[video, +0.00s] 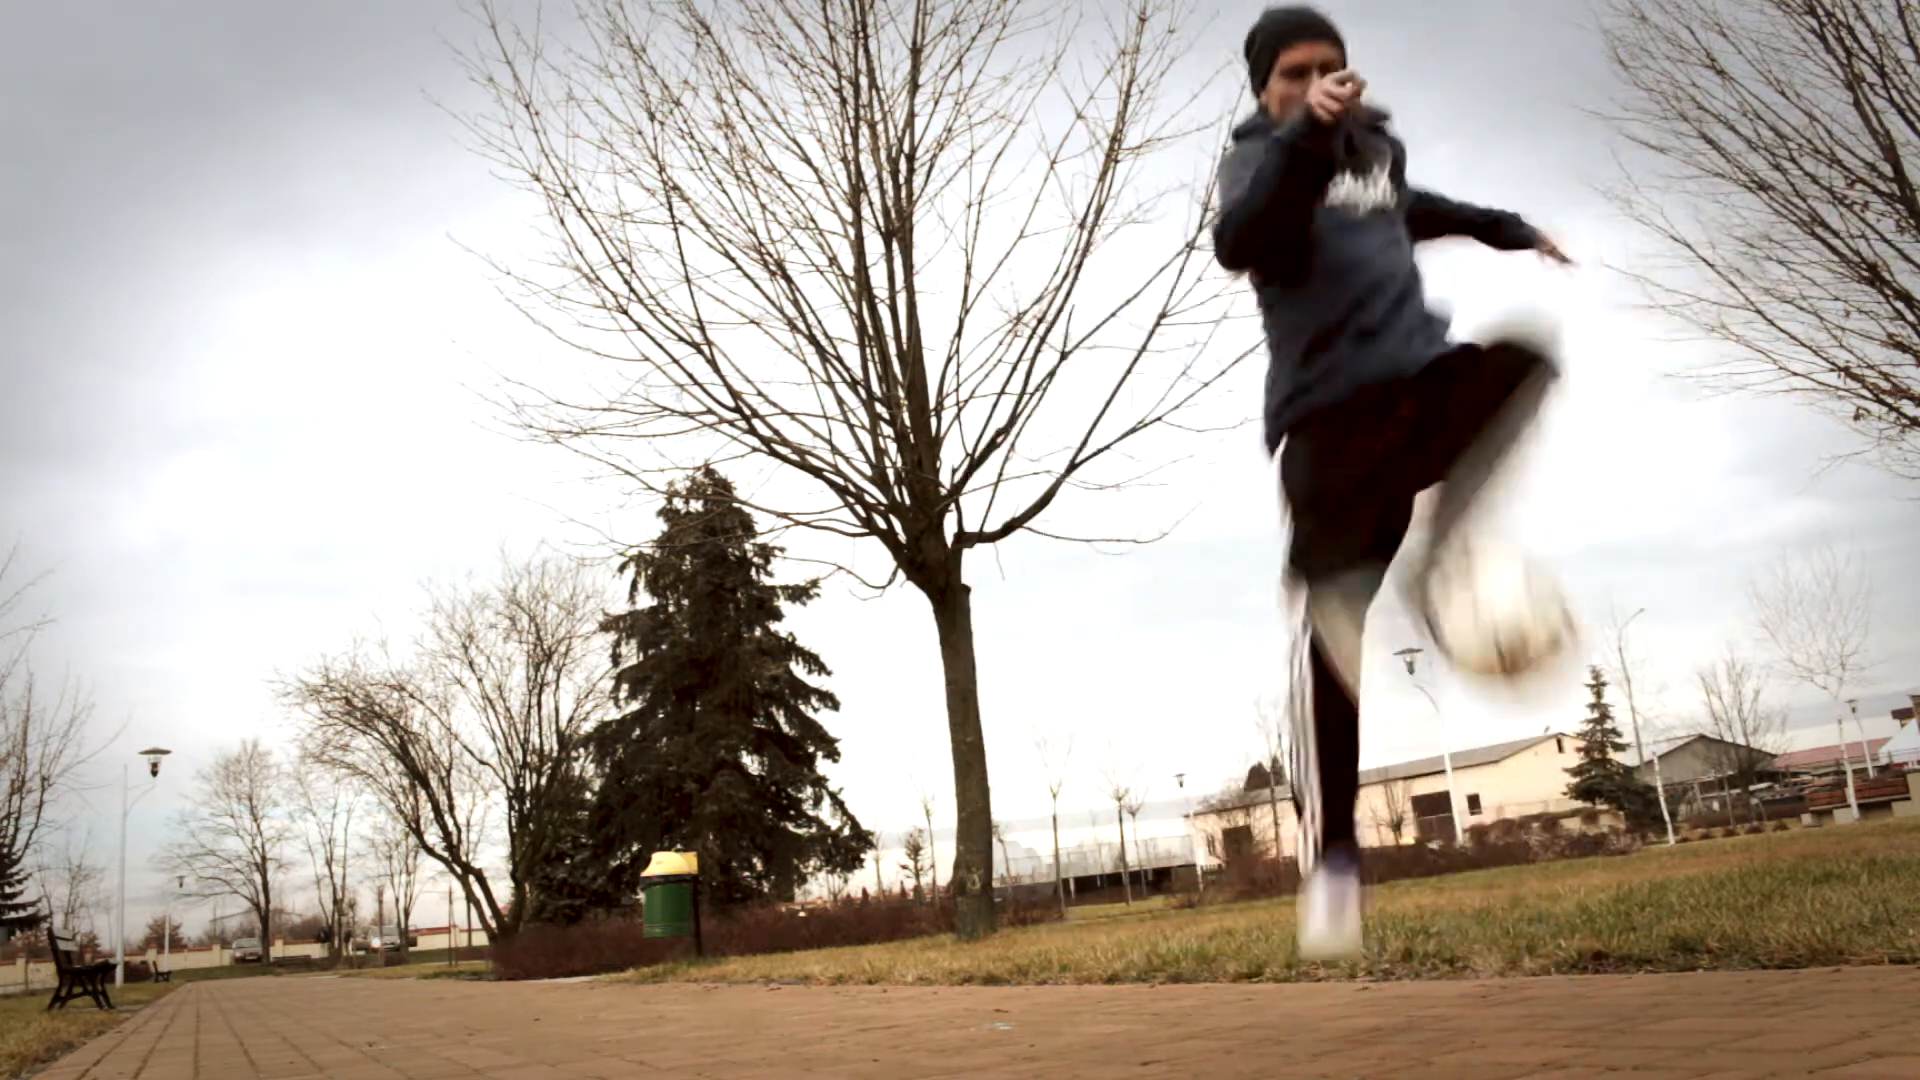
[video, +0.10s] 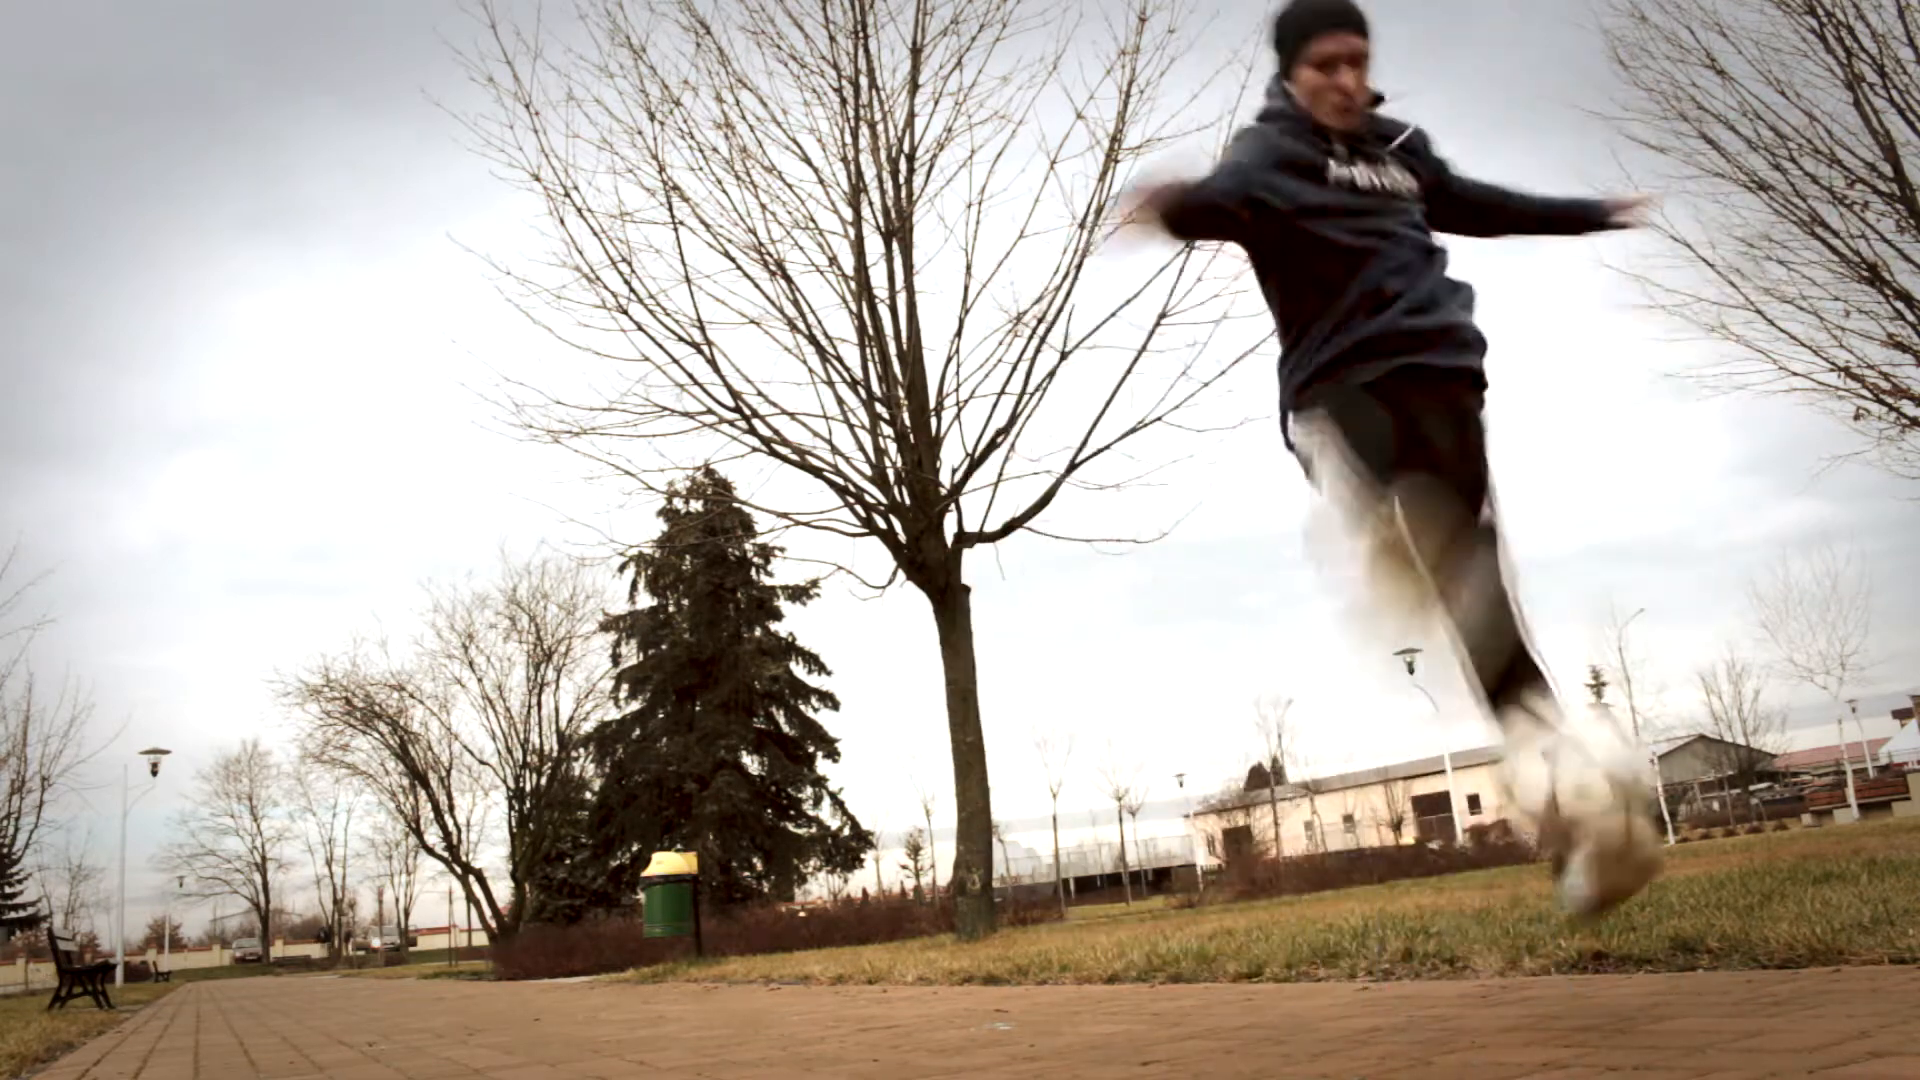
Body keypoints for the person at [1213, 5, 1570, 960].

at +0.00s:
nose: (1319, 87)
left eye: (1330, 69)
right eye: (1296, 75)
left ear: (1348, 76)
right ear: (1261, 88)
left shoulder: (1374, 146)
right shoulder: (1254, 154)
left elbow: (1401, 212)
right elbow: (1235, 246)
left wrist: (1508, 229)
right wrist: (1305, 134)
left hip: (1418, 390)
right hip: (1330, 420)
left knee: (1523, 354)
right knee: (1329, 635)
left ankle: (1440, 562)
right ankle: (1335, 858)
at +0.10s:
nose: (1348, 79)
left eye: (1357, 63)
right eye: (1328, 66)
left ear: (1372, 67)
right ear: (1290, 75)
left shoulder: (1399, 149)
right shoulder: (1270, 148)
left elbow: (1463, 204)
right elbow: (1230, 197)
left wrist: (1593, 214)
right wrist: (1172, 204)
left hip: (1440, 364)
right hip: (1342, 377)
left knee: (1471, 572)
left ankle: (1550, 756)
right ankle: (1542, 745)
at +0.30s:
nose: (1399, 169)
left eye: (1417, 152)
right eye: (1380, 151)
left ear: (1439, 161)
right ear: (1346, 158)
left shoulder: (1488, 267)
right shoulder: (1288, 263)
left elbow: (1605, 346)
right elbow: (1219, 369)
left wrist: (1757, 393)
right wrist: (1127, 464)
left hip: (1462, 527)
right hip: (1344, 532)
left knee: (1551, 732)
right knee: (1565, 506)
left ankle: (1568, 944)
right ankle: (1737, 634)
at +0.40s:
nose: (1388, 136)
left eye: (1406, 118)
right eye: (1371, 120)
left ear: (1437, 125)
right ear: (1348, 129)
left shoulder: (1484, 241)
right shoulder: (1297, 230)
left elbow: (1550, 362)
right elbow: (1224, 351)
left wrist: (1670, 433)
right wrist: (1148, 455)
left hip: (1457, 497)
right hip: (1346, 497)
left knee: (1533, 694)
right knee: (1487, 664)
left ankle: (1565, 937)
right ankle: (1586, 900)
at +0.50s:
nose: (1359, 105)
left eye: (1377, 86)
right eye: (1344, 89)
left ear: (1420, 88)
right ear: (1330, 97)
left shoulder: (1483, 199)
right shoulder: (1297, 192)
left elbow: (1535, 330)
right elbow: (1242, 313)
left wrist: (1605, 417)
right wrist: (1154, 373)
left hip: (1446, 484)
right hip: (1324, 478)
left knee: (1488, 713)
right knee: (1356, 675)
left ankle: (1540, 935)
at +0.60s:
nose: (1334, 115)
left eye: (1351, 94)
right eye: (1319, 99)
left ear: (1400, 94)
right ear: (1310, 109)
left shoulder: (1475, 197)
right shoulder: (1287, 202)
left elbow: (1533, 335)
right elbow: (1237, 333)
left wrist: (1575, 458)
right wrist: (1162, 344)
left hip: (1424, 487)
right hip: (1301, 491)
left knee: (1438, 727)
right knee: (1265, 705)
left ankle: (1490, 951)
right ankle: (1291, 932)